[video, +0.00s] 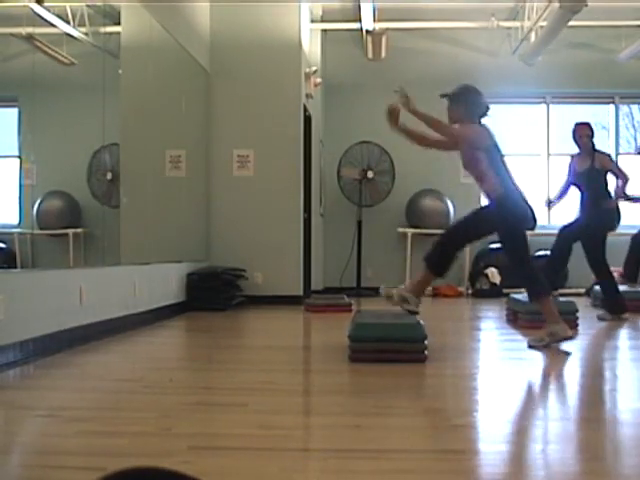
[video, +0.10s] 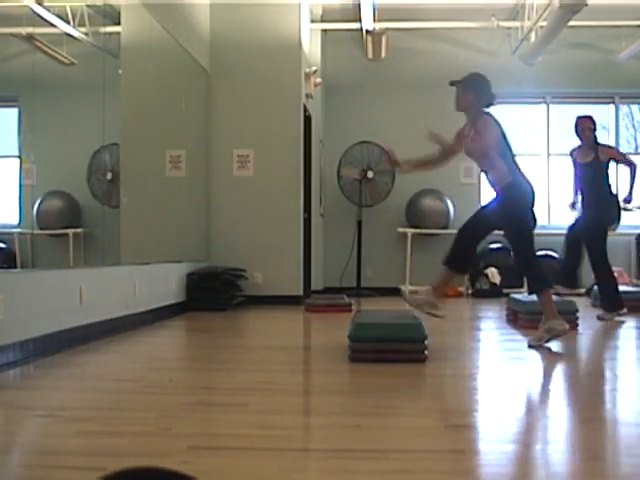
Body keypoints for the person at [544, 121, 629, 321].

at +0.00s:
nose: (584, 140)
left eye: (587, 136)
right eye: (579, 137)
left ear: (592, 137)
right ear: (575, 139)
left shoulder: (602, 159)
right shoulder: (574, 161)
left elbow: (623, 178)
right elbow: (568, 184)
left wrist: (618, 196)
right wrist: (555, 200)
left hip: (606, 214)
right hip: (587, 215)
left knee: (566, 234)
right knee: (597, 263)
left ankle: (551, 280)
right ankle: (616, 307)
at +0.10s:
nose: (586, 134)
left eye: (589, 130)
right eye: (582, 130)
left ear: (595, 131)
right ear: (577, 133)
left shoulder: (605, 151)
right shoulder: (575, 154)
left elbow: (632, 166)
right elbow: (577, 177)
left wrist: (629, 194)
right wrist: (574, 198)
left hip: (605, 208)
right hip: (588, 209)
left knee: (573, 235)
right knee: (598, 258)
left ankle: (568, 282)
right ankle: (613, 304)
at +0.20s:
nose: (590, 133)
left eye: (593, 129)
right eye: (585, 130)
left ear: (598, 130)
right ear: (580, 132)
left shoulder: (607, 149)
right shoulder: (576, 153)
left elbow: (634, 159)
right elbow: (582, 181)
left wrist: (635, 187)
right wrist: (581, 205)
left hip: (607, 205)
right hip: (588, 207)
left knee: (587, 245)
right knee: (599, 251)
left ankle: (595, 290)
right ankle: (615, 298)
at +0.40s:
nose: (593, 136)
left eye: (596, 132)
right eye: (589, 132)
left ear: (602, 133)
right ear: (583, 135)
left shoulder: (611, 156)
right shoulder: (580, 158)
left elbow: (631, 181)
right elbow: (573, 183)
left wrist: (626, 205)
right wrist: (565, 203)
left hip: (611, 214)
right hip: (587, 215)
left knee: (610, 262)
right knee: (587, 261)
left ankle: (617, 310)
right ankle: (608, 302)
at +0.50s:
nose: (594, 134)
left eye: (597, 129)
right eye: (590, 130)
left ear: (603, 130)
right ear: (584, 133)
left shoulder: (612, 152)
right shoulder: (580, 155)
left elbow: (619, 174)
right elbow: (566, 174)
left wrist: (606, 181)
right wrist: (555, 181)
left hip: (610, 209)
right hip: (588, 209)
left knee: (611, 258)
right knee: (572, 249)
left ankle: (617, 309)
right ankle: (594, 291)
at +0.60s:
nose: (591, 134)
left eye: (594, 129)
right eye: (587, 130)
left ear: (600, 130)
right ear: (581, 133)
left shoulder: (610, 150)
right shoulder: (577, 151)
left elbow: (606, 161)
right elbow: (553, 165)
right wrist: (547, 156)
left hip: (607, 210)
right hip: (585, 209)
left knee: (609, 259)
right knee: (563, 233)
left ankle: (617, 311)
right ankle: (573, 282)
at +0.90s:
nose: (567, 124)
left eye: (569, 120)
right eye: (562, 121)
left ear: (576, 121)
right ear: (557, 124)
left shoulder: (588, 139)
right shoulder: (555, 143)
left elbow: (603, 154)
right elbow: (529, 160)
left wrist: (583, 162)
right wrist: (541, 154)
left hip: (590, 200)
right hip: (566, 199)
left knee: (590, 249)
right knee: (554, 242)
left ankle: (607, 298)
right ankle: (552, 289)